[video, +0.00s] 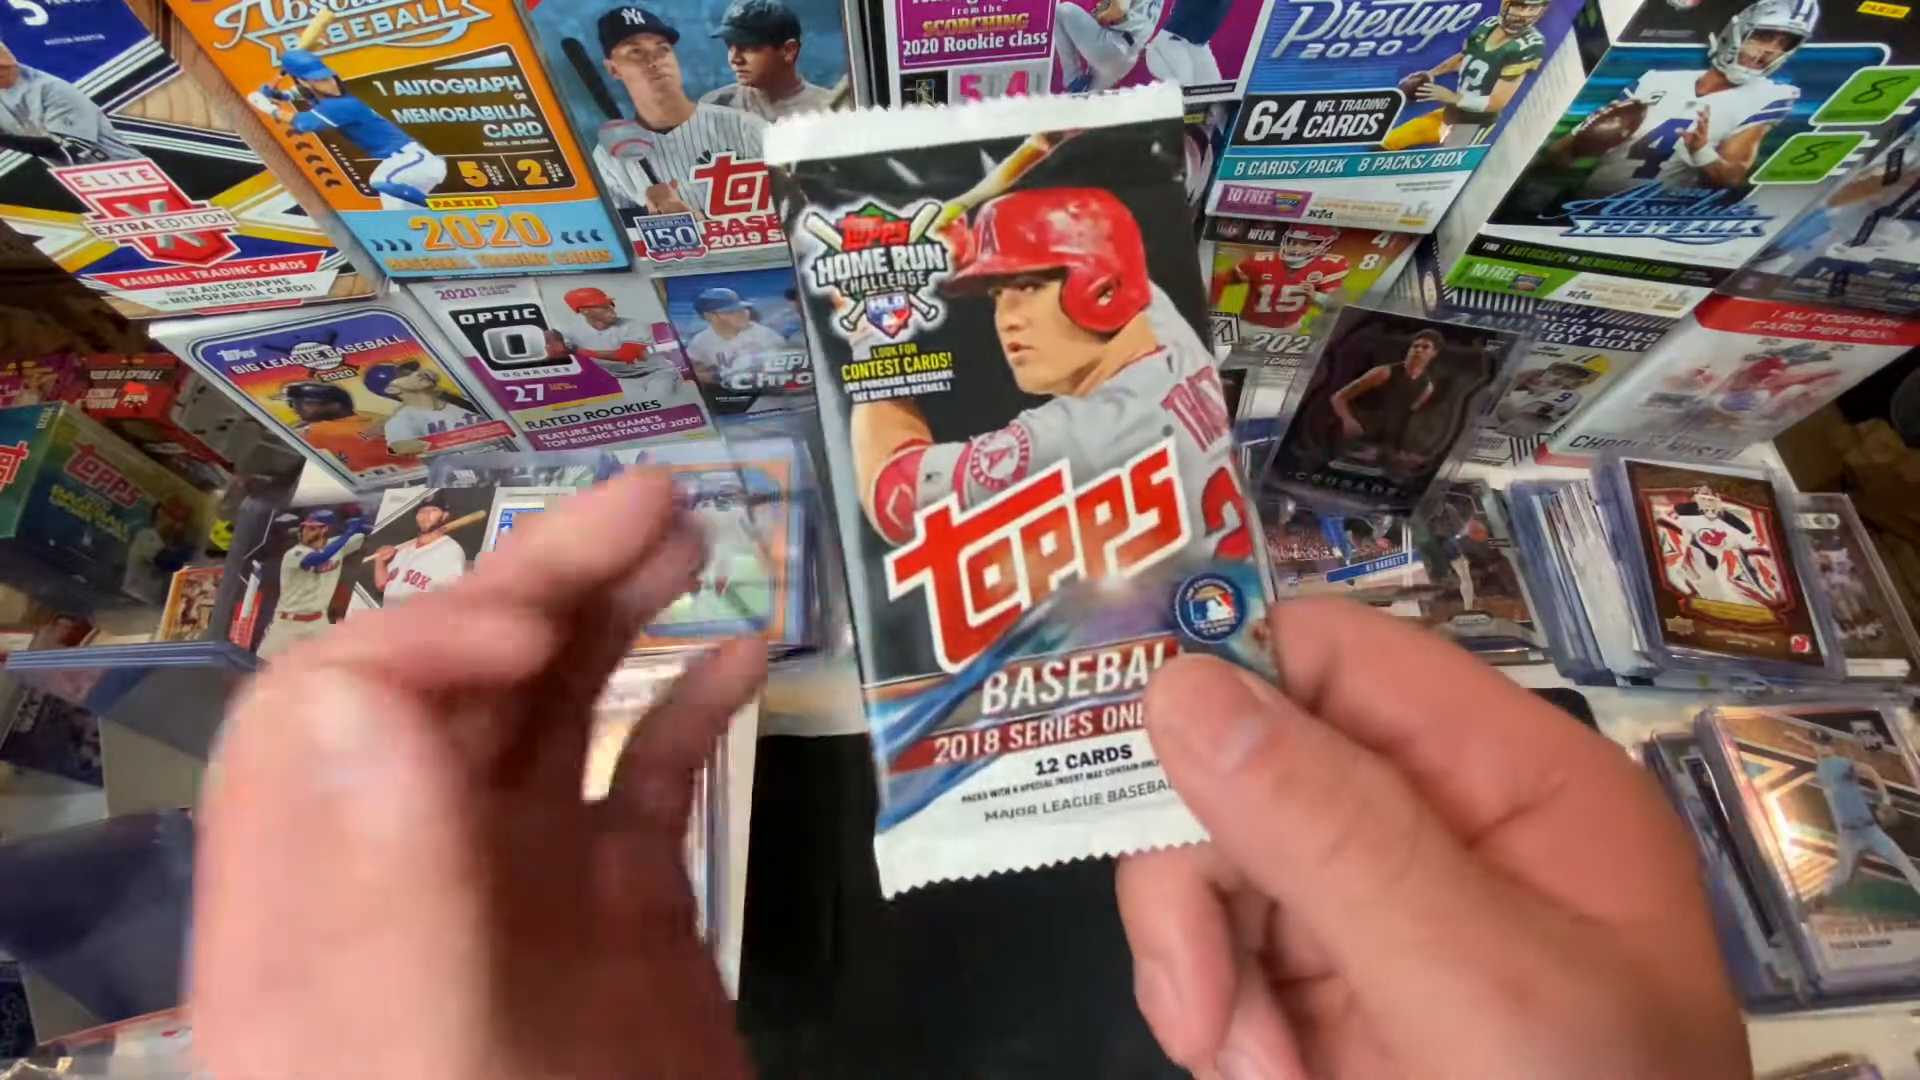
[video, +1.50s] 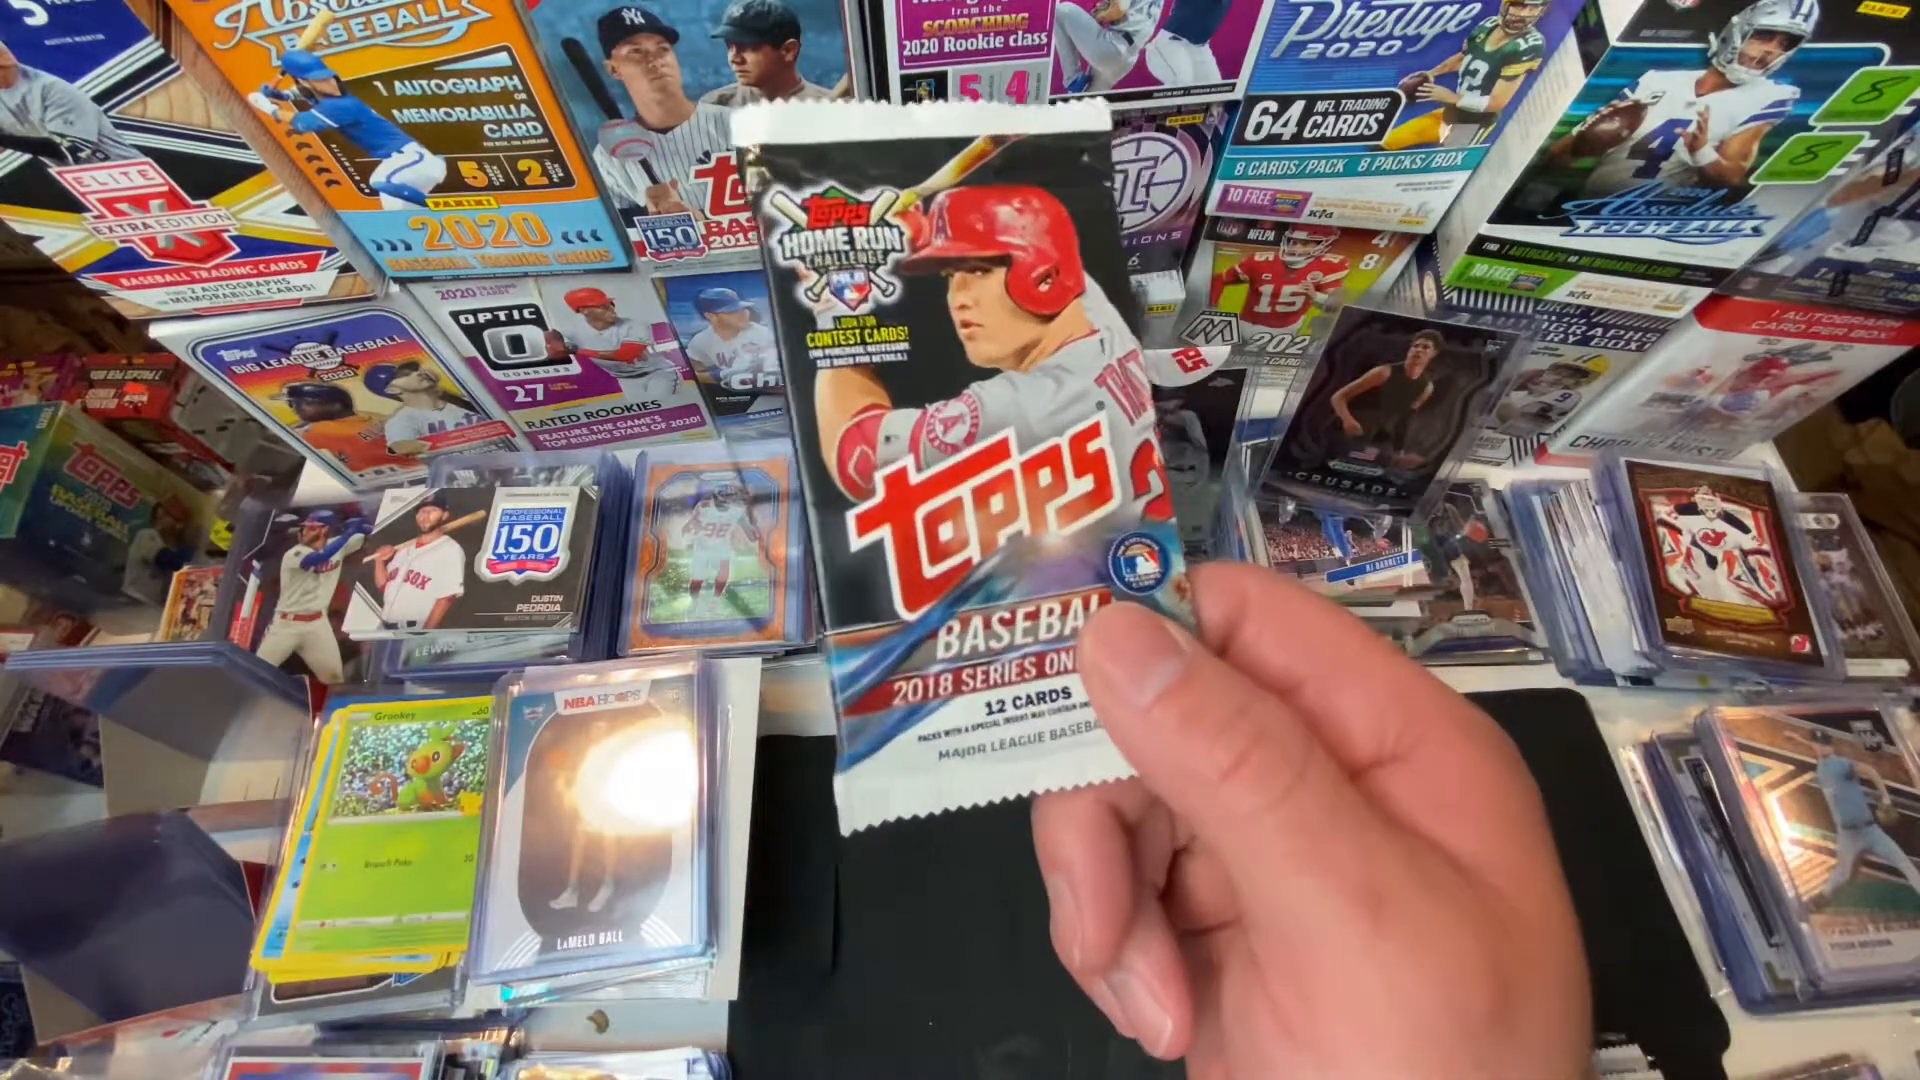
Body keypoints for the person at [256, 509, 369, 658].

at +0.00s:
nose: (303, 532)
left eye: (309, 528)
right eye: (304, 528)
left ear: (323, 530)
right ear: (302, 529)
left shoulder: (338, 547)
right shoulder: (293, 554)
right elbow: (319, 558)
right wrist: (349, 534)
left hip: (318, 624)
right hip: (286, 624)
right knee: (261, 666)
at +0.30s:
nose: (304, 533)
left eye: (310, 529)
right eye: (304, 528)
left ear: (324, 531)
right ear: (302, 530)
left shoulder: (337, 549)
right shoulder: (293, 555)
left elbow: (365, 532)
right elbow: (319, 559)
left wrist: (356, 522)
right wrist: (346, 537)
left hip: (317, 625)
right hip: (285, 624)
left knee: (332, 674)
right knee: (260, 669)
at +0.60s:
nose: (304, 532)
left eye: (310, 528)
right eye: (304, 528)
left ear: (324, 531)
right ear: (302, 530)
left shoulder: (337, 549)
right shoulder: (293, 554)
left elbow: (366, 532)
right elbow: (318, 559)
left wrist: (357, 523)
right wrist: (347, 536)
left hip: (317, 625)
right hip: (284, 624)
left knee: (333, 675)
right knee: (259, 670)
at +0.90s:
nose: (303, 532)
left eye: (309, 528)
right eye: (304, 528)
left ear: (324, 531)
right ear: (303, 530)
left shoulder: (336, 549)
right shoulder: (293, 554)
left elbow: (365, 532)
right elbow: (318, 560)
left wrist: (354, 522)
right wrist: (346, 536)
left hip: (317, 625)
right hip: (284, 624)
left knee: (334, 680)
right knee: (258, 671)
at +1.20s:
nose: (303, 532)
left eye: (309, 528)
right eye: (303, 528)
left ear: (324, 531)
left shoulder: (336, 549)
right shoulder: (293, 554)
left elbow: (366, 532)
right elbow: (319, 559)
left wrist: (355, 524)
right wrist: (346, 536)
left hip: (317, 625)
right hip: (284, 624)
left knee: (334, 679)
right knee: (259, 671)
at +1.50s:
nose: (304, 531)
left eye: (310, 528)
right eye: (304, 527)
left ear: (324, 531)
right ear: (303, 529)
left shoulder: (337, 549)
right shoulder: (293, 554)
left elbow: (365, 532)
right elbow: (318, 560)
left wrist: (356, 523)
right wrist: (347, 536)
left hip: (317, 625)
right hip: (285, 625)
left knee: (334, 679)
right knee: (258, 671)